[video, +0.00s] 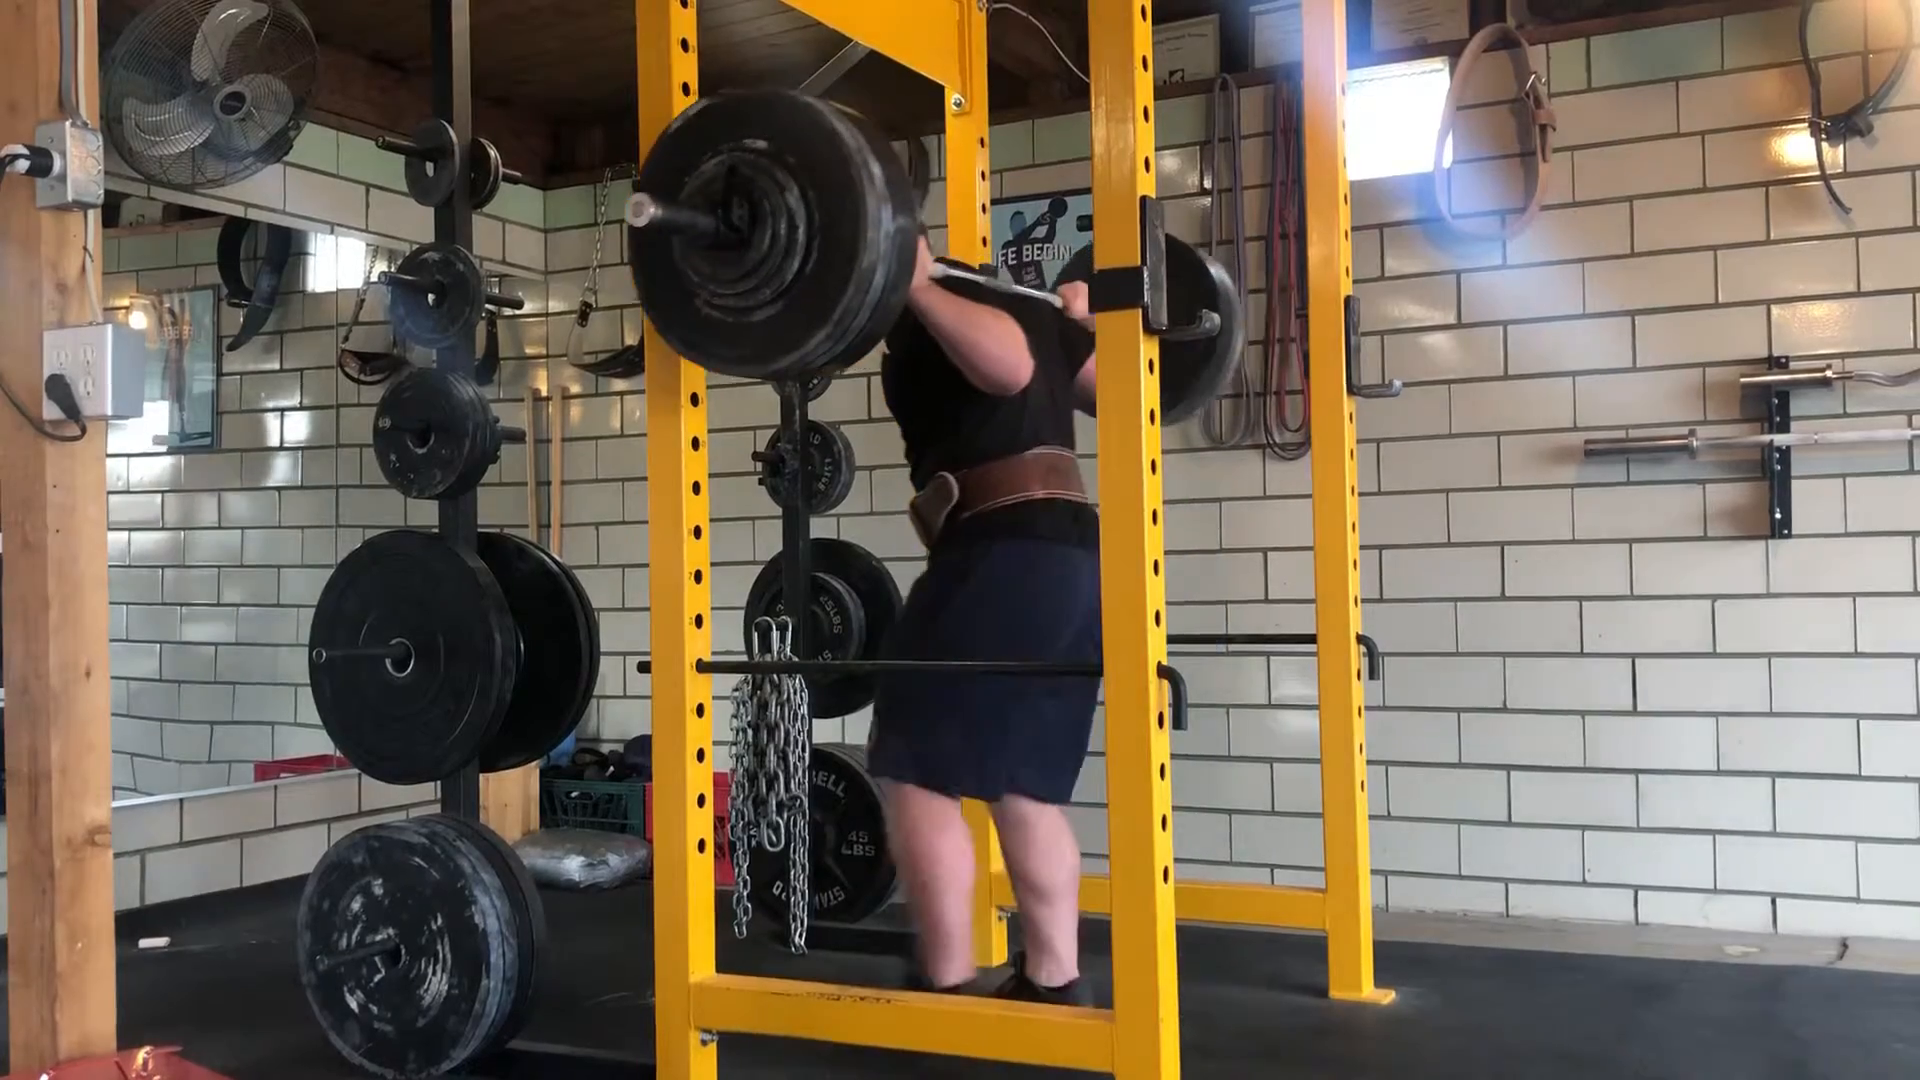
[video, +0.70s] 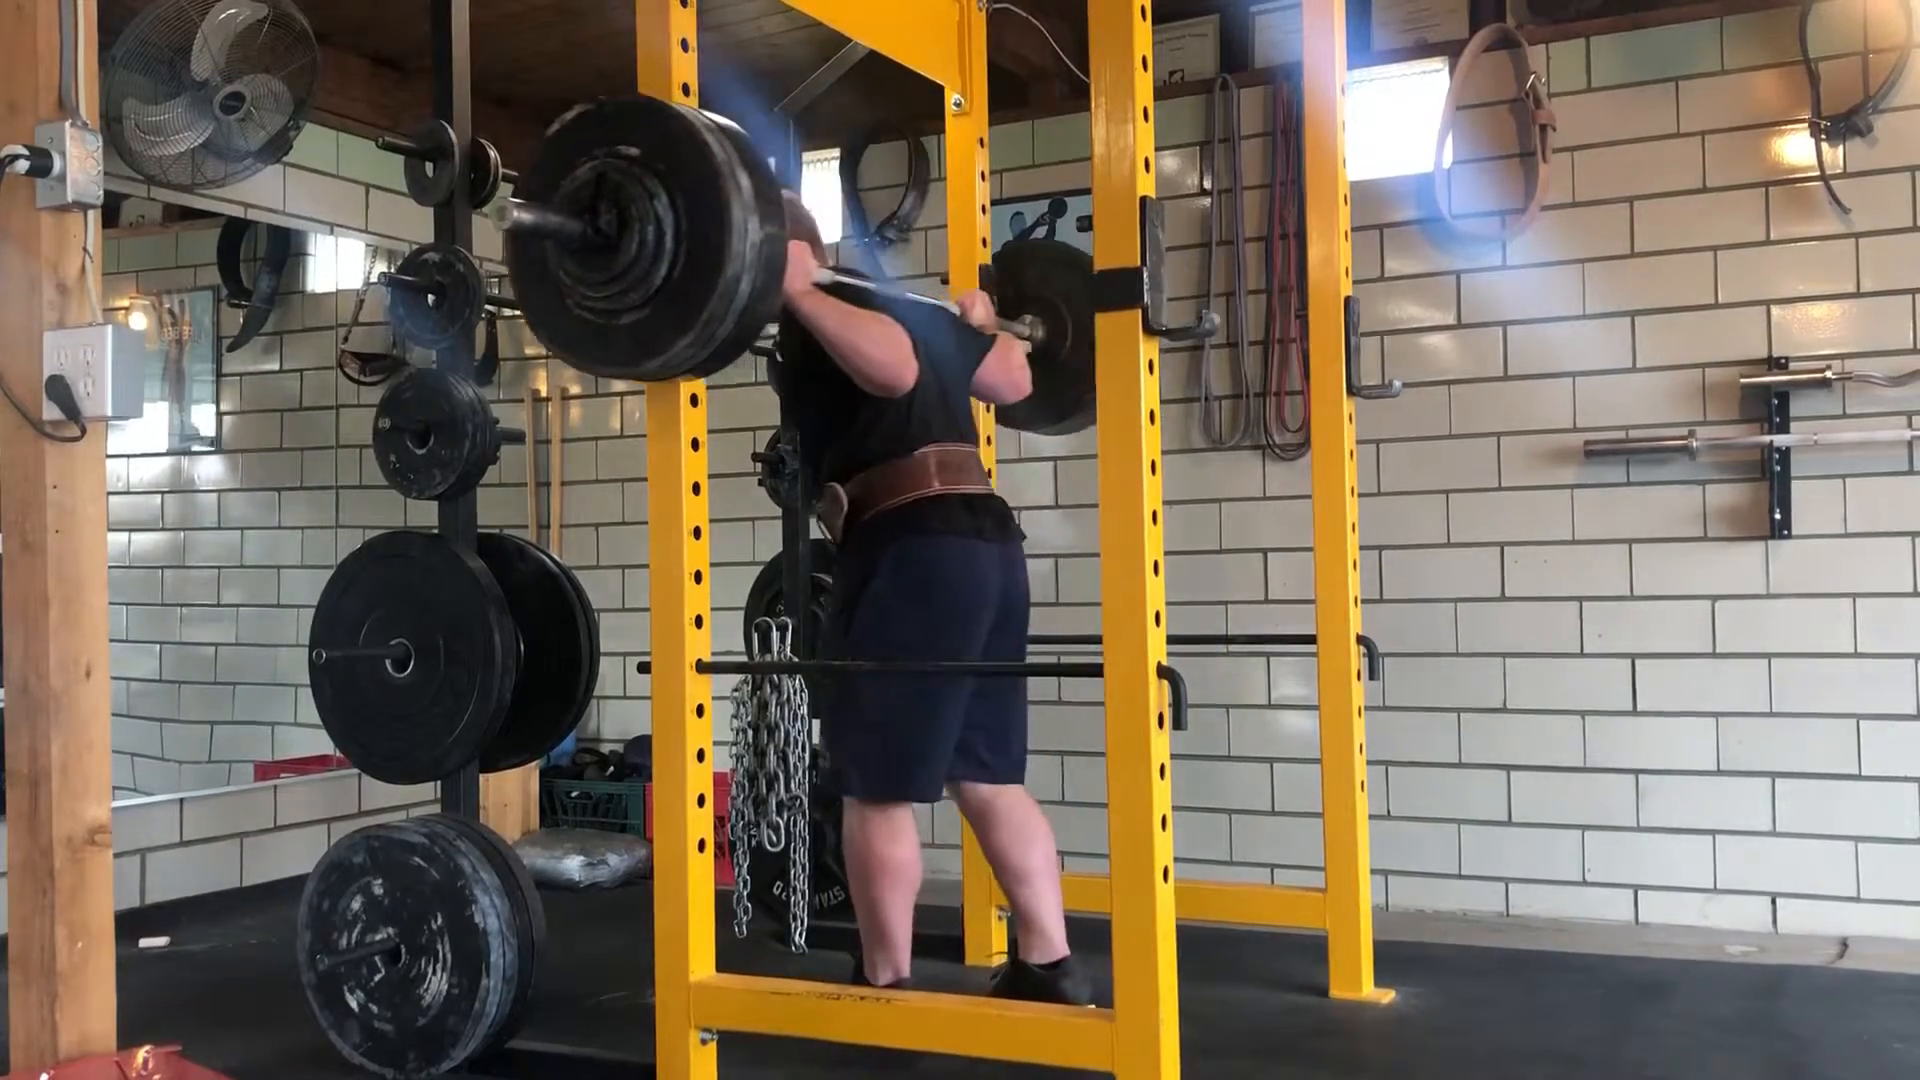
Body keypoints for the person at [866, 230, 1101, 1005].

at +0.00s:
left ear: (903, 249)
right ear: (931, 244)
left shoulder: (947, 301)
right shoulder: (1015, 304)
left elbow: (1012, 365)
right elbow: (1113, 391)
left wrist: (919, 285)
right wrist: (1081, 319)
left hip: (1002, 550)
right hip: (1073, 549)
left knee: (911, 769)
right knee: (1029, 775)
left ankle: (944, 992)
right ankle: (1052, 984)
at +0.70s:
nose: (763, 265)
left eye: (767, 247)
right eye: (763, 248)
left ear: (793, 247)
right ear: (822, 244)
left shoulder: (816, 311)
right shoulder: (914, 313)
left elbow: (898, 372)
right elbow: (1014, 379)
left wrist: (798, 297)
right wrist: (985, 323)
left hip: (914, 553)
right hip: (994, 551)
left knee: (879, 784)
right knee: (987, 773)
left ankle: (883, 990)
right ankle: (1048, 967)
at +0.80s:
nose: (751, 272)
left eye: (756, 253)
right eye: (749, 255)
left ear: (790, 248)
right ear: (810, 246)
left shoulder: (808, 318)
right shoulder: (906, 315)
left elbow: (890, 374)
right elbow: (1005, 380)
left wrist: (790, 300)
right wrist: (975, 324)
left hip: (908, 558)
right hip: (988, 556)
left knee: (872, 779)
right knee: (982, 773)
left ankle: (884, 985)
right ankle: (1047, 965)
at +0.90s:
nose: (751, 270)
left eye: (754, 252)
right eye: (749, 254)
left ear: (786, 250)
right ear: (807, 247)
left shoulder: (806, 321)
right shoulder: (898, 316)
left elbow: (881, 374)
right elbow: (1000, 379)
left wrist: (784, 297)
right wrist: (972, 329)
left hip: (901, 551)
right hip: (981, 550)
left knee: (869, 780)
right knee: (978, 774)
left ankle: (884, 986)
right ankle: (1048, 963)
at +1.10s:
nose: (754, 271)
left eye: (758, 252)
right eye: (752, 255)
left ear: (786, 251)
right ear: (801, 250)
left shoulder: (808, 322)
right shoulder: (893, 316)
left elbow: (882, 378)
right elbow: (998, 382)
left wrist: (782, 297)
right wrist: (968, 334)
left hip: (899, 551)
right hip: (977, 548)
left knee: (868, 784)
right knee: (973, 778)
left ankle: (884, 987)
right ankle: (1048, 965)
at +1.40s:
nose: (754, 280)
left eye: (760, 260)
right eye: (753, 263)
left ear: (790, 260)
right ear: (805, 259)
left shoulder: (809, 328)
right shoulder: (889, 320)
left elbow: (887, 381)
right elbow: (1002, 385)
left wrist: (785, 306)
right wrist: (971, 338)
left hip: (923, 553)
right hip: (996, 552)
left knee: (876, 780)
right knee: (987, 778)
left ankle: (886, 983)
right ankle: (1049, 966)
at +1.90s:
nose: (744, 335)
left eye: (748, 312)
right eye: (742, 318)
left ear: (781, 282)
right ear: (816, 276)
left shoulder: (809, 329)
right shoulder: (910, 328)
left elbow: (894, 369)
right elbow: (1017, 371)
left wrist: (786, 314)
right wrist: (967, 332)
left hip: (948, 557)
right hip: (1022, 554)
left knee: (890, 774)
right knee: (994, 778)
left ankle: (885, 984)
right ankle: (1048, 973)